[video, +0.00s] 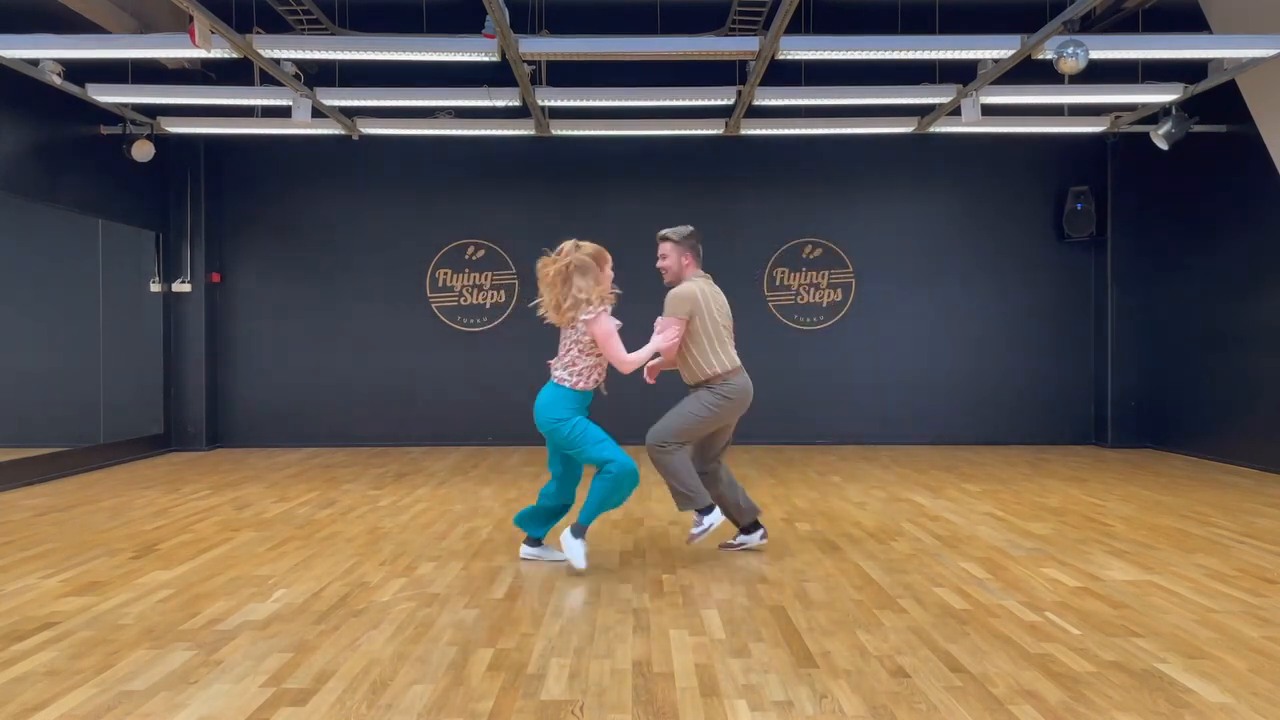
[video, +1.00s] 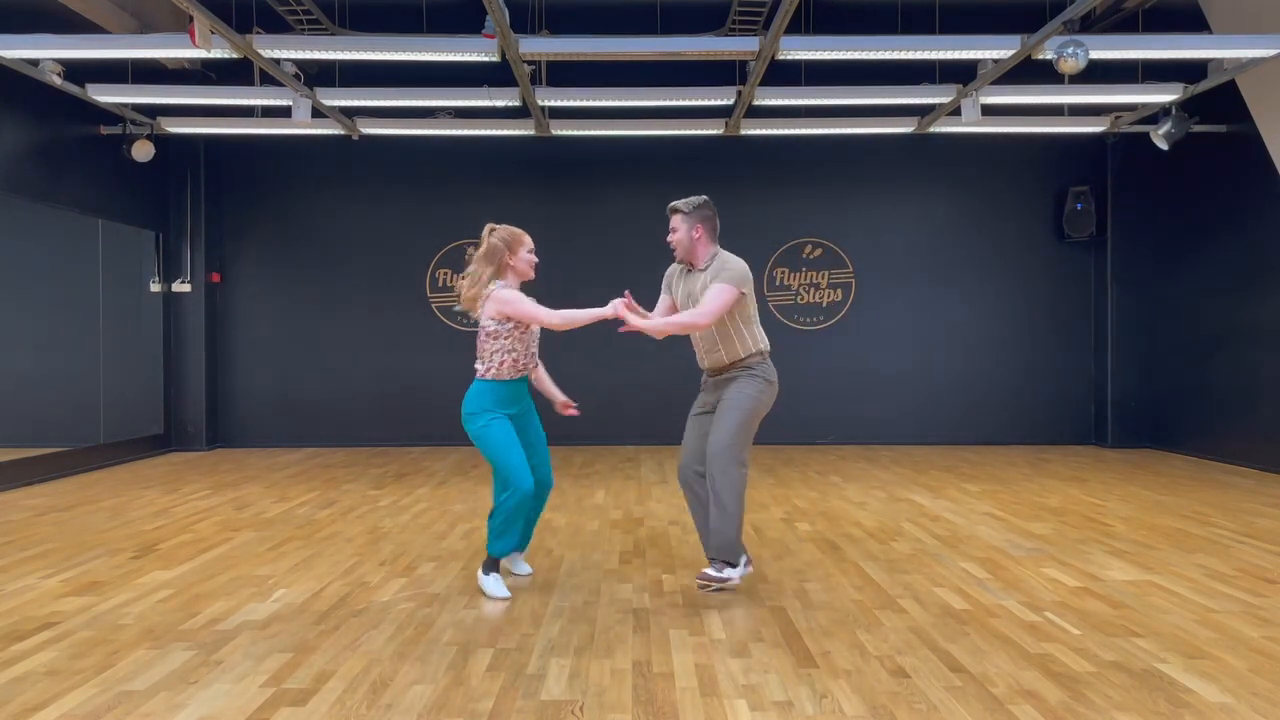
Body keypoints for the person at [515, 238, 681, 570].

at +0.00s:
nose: (612, 277)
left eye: (611, 271)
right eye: (608, 272)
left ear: (578, 279)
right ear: (594, 278)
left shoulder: (574, 313)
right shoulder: (598, 320)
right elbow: (626, 364)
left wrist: (650, 340)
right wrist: (656, 344)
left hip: (553, 404)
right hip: (564, 410)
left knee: (565, 481)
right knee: (621, 468)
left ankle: (533, 542)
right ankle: (577, 533)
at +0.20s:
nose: (576, 260)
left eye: (573, 254)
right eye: (570, 255)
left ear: (550, 263)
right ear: (554, 263)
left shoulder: (538, 296)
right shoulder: (567, 300)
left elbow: (573, 334)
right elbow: (600, 349)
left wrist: (612, 324)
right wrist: (634, 346)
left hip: (506, 389)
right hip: (530, 394)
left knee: (524, 473)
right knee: (566, 474)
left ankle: (496, 544)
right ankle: (531, 551)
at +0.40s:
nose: (548, 260)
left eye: (546, 253)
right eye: (542, 254)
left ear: (518, 263)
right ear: (522, 262)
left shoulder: (496, 297)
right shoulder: (539, 302)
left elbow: (519, 328)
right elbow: (583, 340)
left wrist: (555, 317)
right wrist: (625, 329)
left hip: (470, 395)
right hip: (499, 394)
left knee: (488, 483)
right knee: (561, 463)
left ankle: (454, 561)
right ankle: (525, 540)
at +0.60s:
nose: (535, 268)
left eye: (533, 261)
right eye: (528, 263)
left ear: (501, 271)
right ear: (508, 269)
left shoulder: (477, 309)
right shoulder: (528, 307)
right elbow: (572, 354)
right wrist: (620, 359)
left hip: (468, 405)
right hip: (496, 402)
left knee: (535, 465)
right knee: (510, 485)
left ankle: (521, 544)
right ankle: (480, 583)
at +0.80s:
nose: (535, 253)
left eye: (533, 247)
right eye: (528, 248)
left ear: (516, 253)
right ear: (507, 254)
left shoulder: (525, 300)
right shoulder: (493, 288)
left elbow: (555, 345)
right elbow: (526, 326)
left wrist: (594, 326)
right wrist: (584, 323)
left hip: (510, 398)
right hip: (474, 399)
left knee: (546, 466)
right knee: (522, 462)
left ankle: (503, 536)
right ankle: (505, 549)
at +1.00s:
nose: (535, 258)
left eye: (534, 251)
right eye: (529, 252)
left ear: (512, 258)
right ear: (508, 257)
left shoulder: (524, 301)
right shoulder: (499, 296)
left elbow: (532, 362)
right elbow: (554, 319)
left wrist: (557, 397)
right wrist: (608, 311)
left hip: (520, 401)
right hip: (487, 404)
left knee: (542, 481)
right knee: (521, 484)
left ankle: (512, 550)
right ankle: (490, 567)